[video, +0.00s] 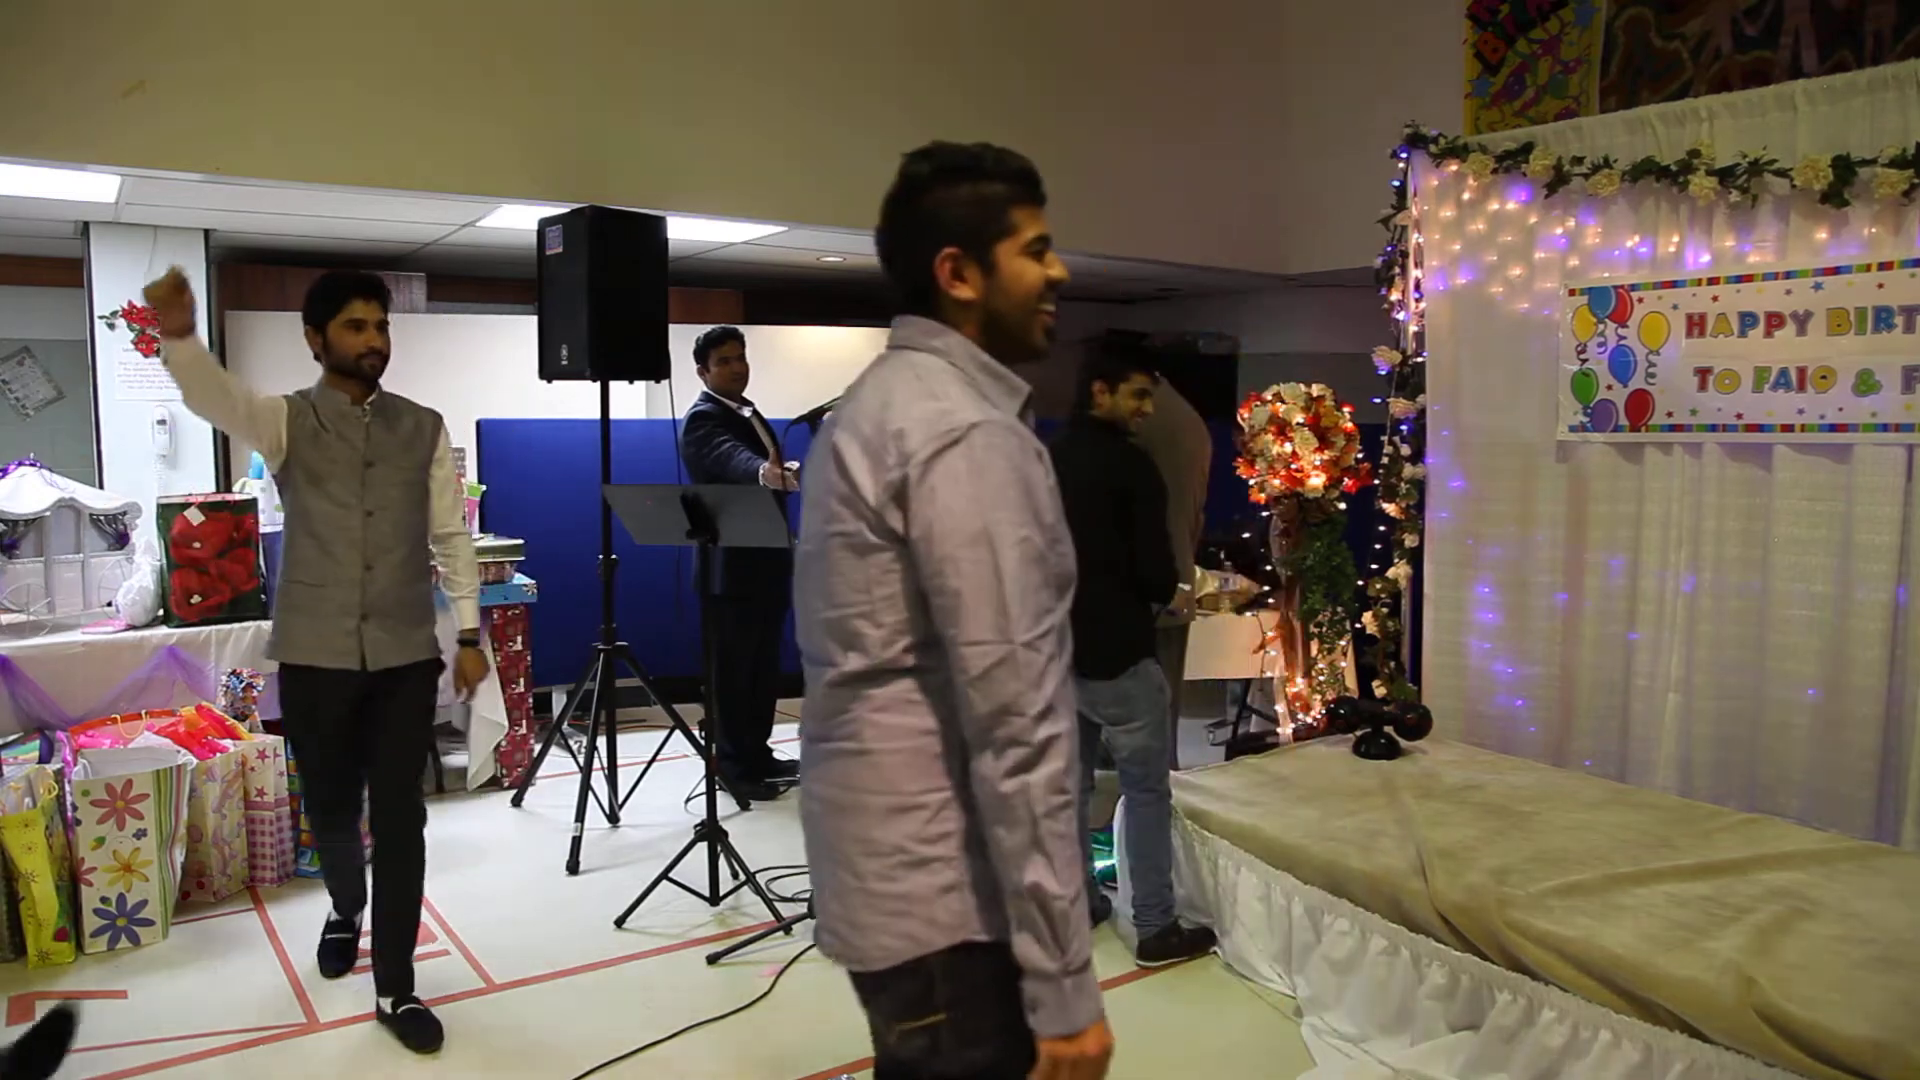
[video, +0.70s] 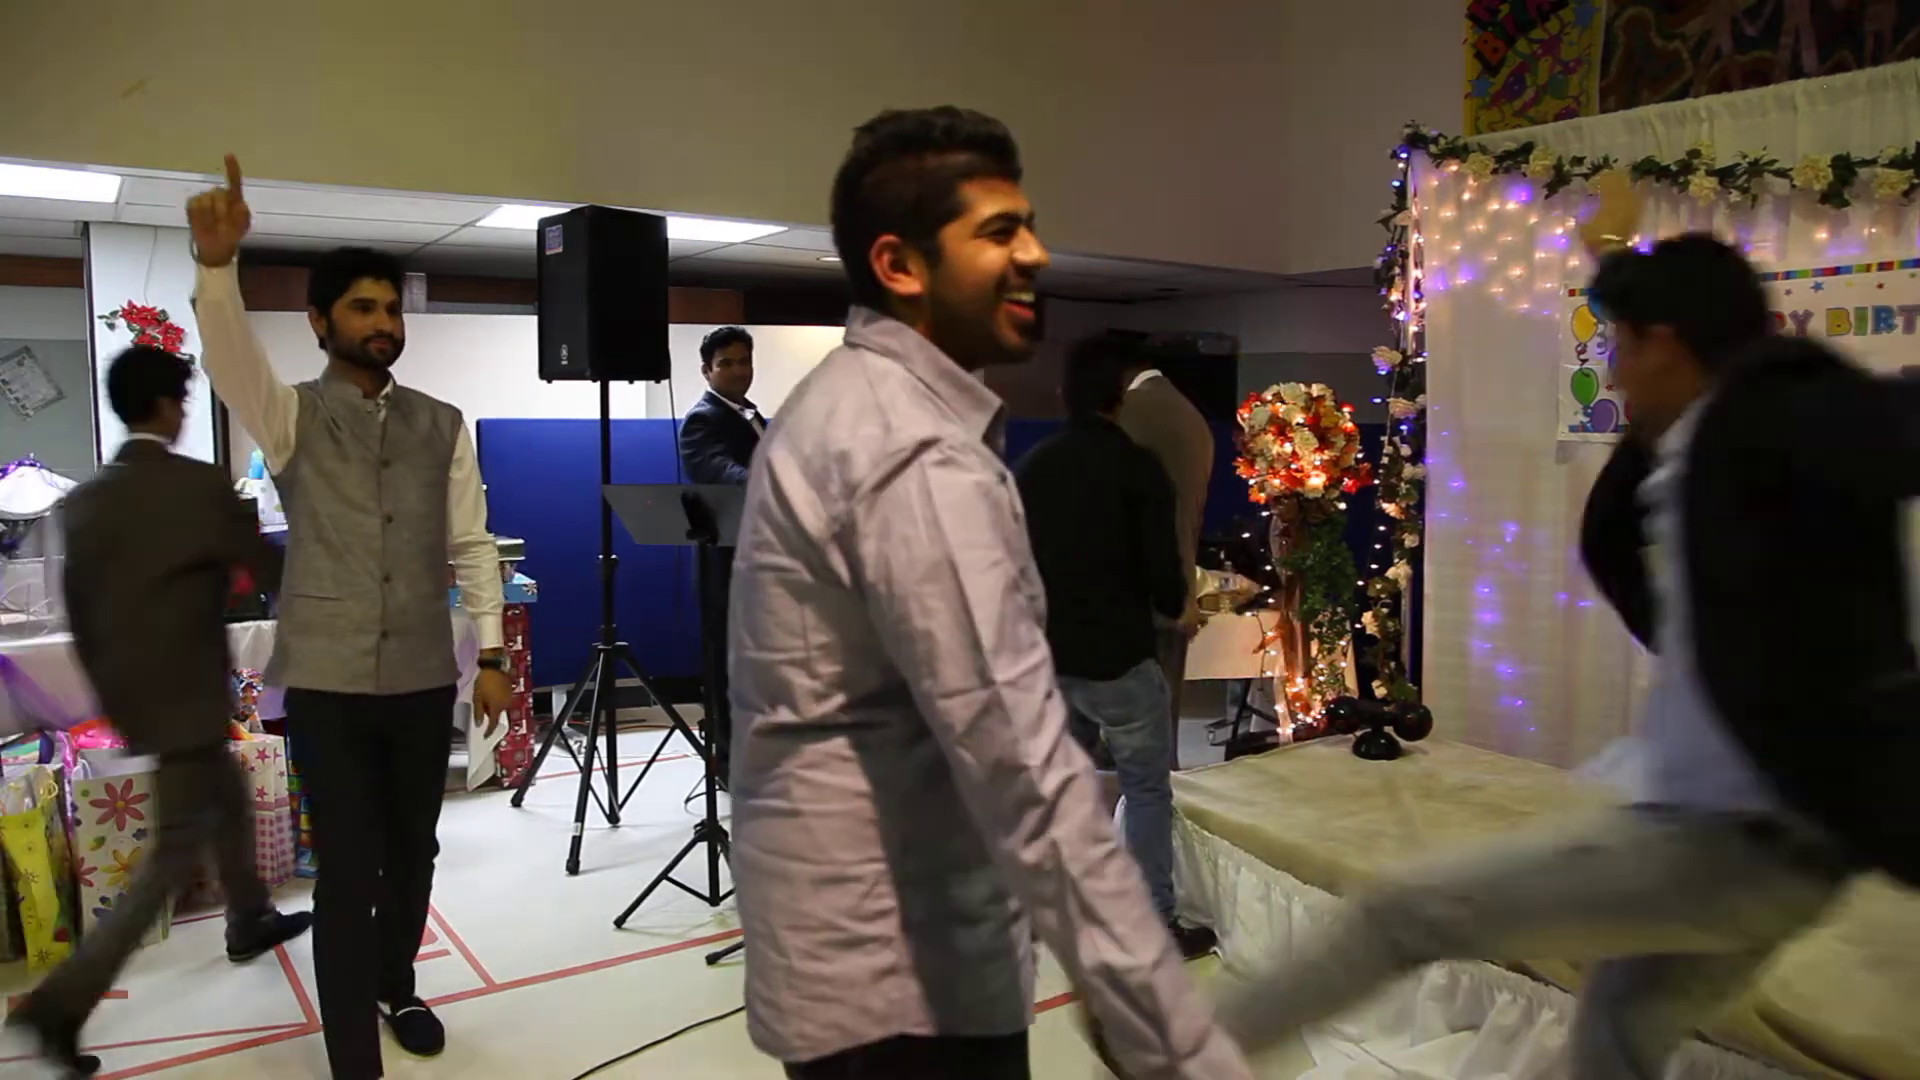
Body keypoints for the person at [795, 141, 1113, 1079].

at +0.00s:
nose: (1059, 273)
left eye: (1051, 249)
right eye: (1036, 250)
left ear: (957, 276)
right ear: (957, 274)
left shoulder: (873, 408)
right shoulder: (964, 430)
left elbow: (876, 681)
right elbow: (1017, 731)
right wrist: (1064, 989)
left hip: (888, 895)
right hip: (949, 908)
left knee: (928, 1061)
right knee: (974, 1063)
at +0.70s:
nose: (1039, 255)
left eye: (1031, 229)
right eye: (1001, 230)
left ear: (902, 270)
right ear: (900, 266)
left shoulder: (844, 404)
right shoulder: (912, 442)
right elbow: (1032, 774)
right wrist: (1187, 1052)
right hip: (898, 959)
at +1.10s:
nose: (1070, 276)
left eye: (1061, 248)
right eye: (1046, 249)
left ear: (958, 271)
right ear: (958, 271)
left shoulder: (864, 422)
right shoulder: (933, 455)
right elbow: (1122, 715)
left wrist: (1196, 680)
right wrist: (1445, 936)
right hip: (919, 954)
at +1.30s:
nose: (1070, 265)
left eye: (1063, 238)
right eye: (1058, 238)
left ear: (927, 256)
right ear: (1008, 249)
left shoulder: (895, 381)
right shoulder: (964, 407)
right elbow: (1190, 585)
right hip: (962, 913)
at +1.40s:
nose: (1065, 270)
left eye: (1059, 243)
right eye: (1055, 243)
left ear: (913, 267)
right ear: (1017, 255)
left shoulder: (885, 402)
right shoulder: (967, 420)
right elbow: (1205, 560)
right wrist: (1581, 601)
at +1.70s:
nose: (1072, 258)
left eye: (1062, 235)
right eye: (1064, 236)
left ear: (921, 269)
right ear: (1039, 255)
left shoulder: (894, 412)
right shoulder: (1026, 413)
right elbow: (1292, 392)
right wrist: (1620, 239)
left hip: (926, 893)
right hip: (1036, 910)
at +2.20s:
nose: (1207, 301)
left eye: (1204, 279)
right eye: (1199, 277)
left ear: (1065, 285)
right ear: (1161, 277)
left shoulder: (984, 445)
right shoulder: (1197, 394)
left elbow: (897, 566)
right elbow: (1441, 327)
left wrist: (985, 524)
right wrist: (1636, 119)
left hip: (1042, 893)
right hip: (1200, 896)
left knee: (1056, 1064)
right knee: (1291, 1063)